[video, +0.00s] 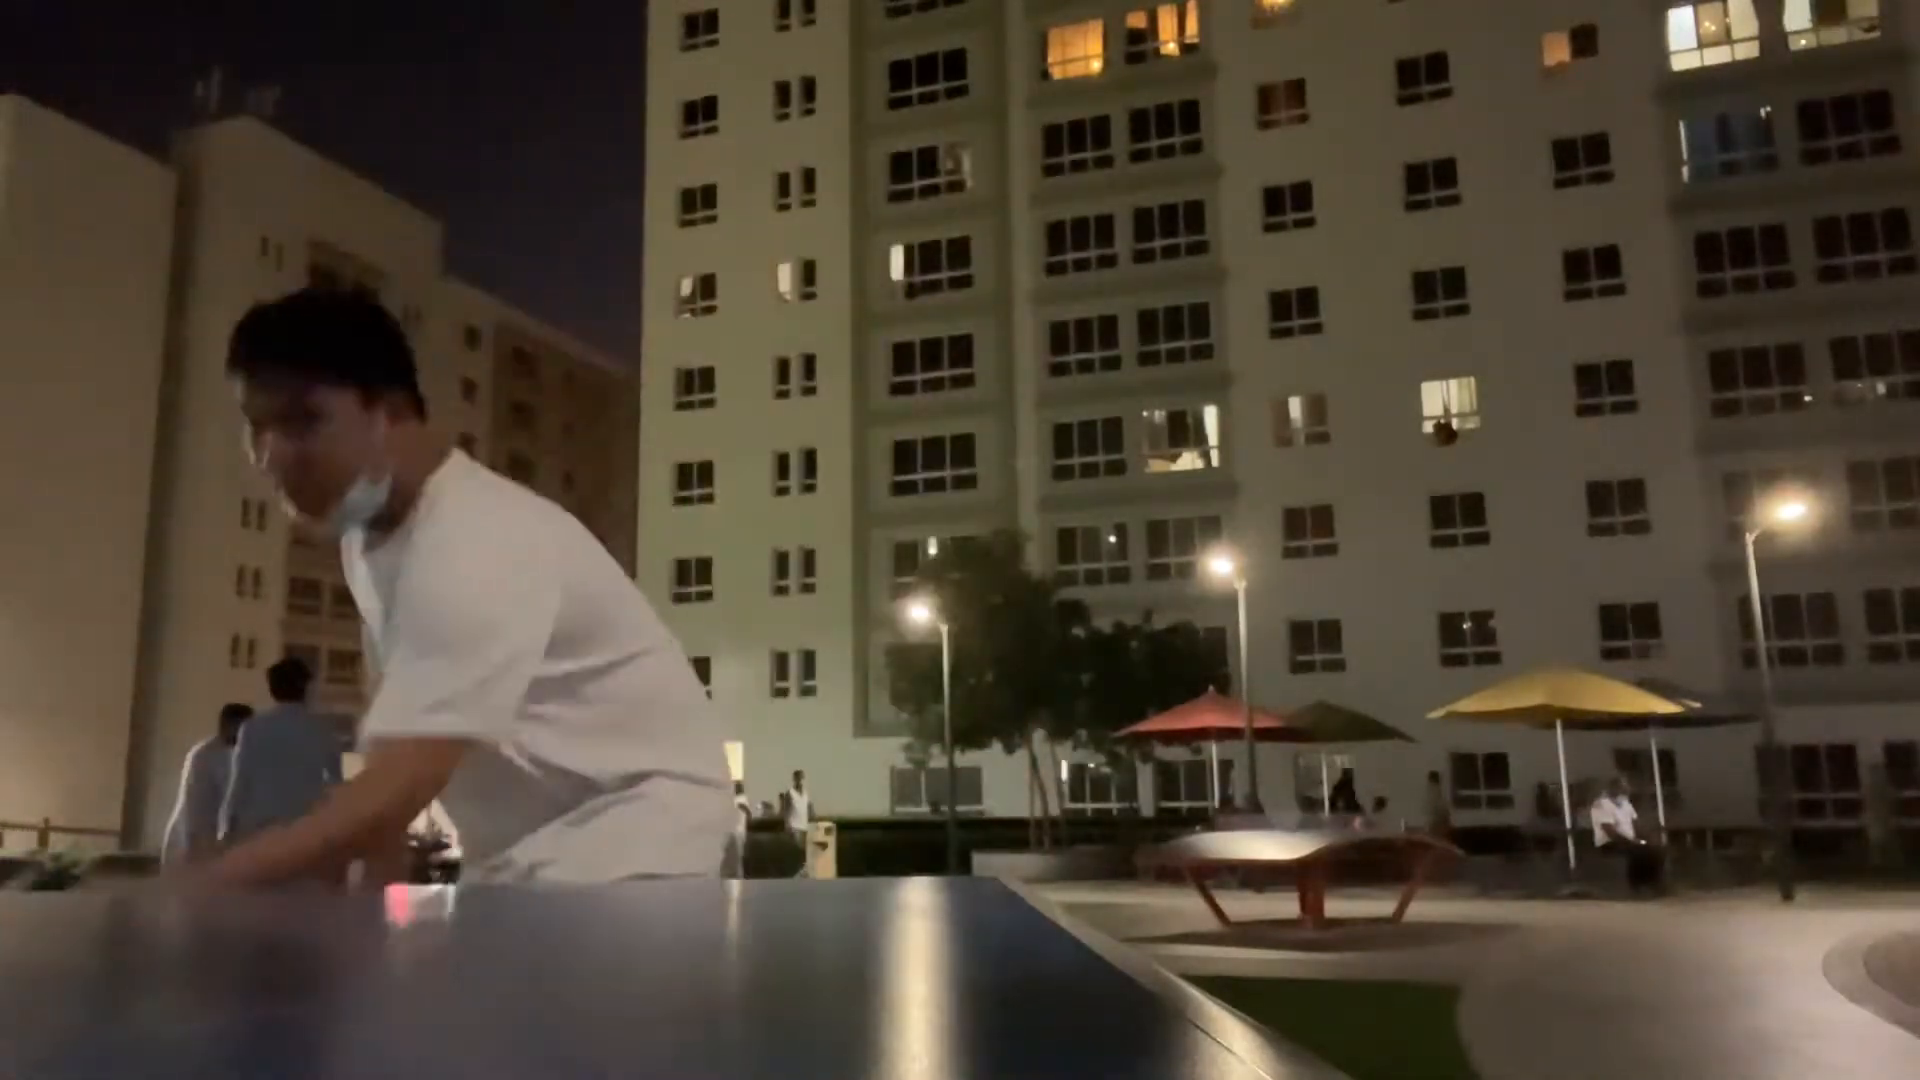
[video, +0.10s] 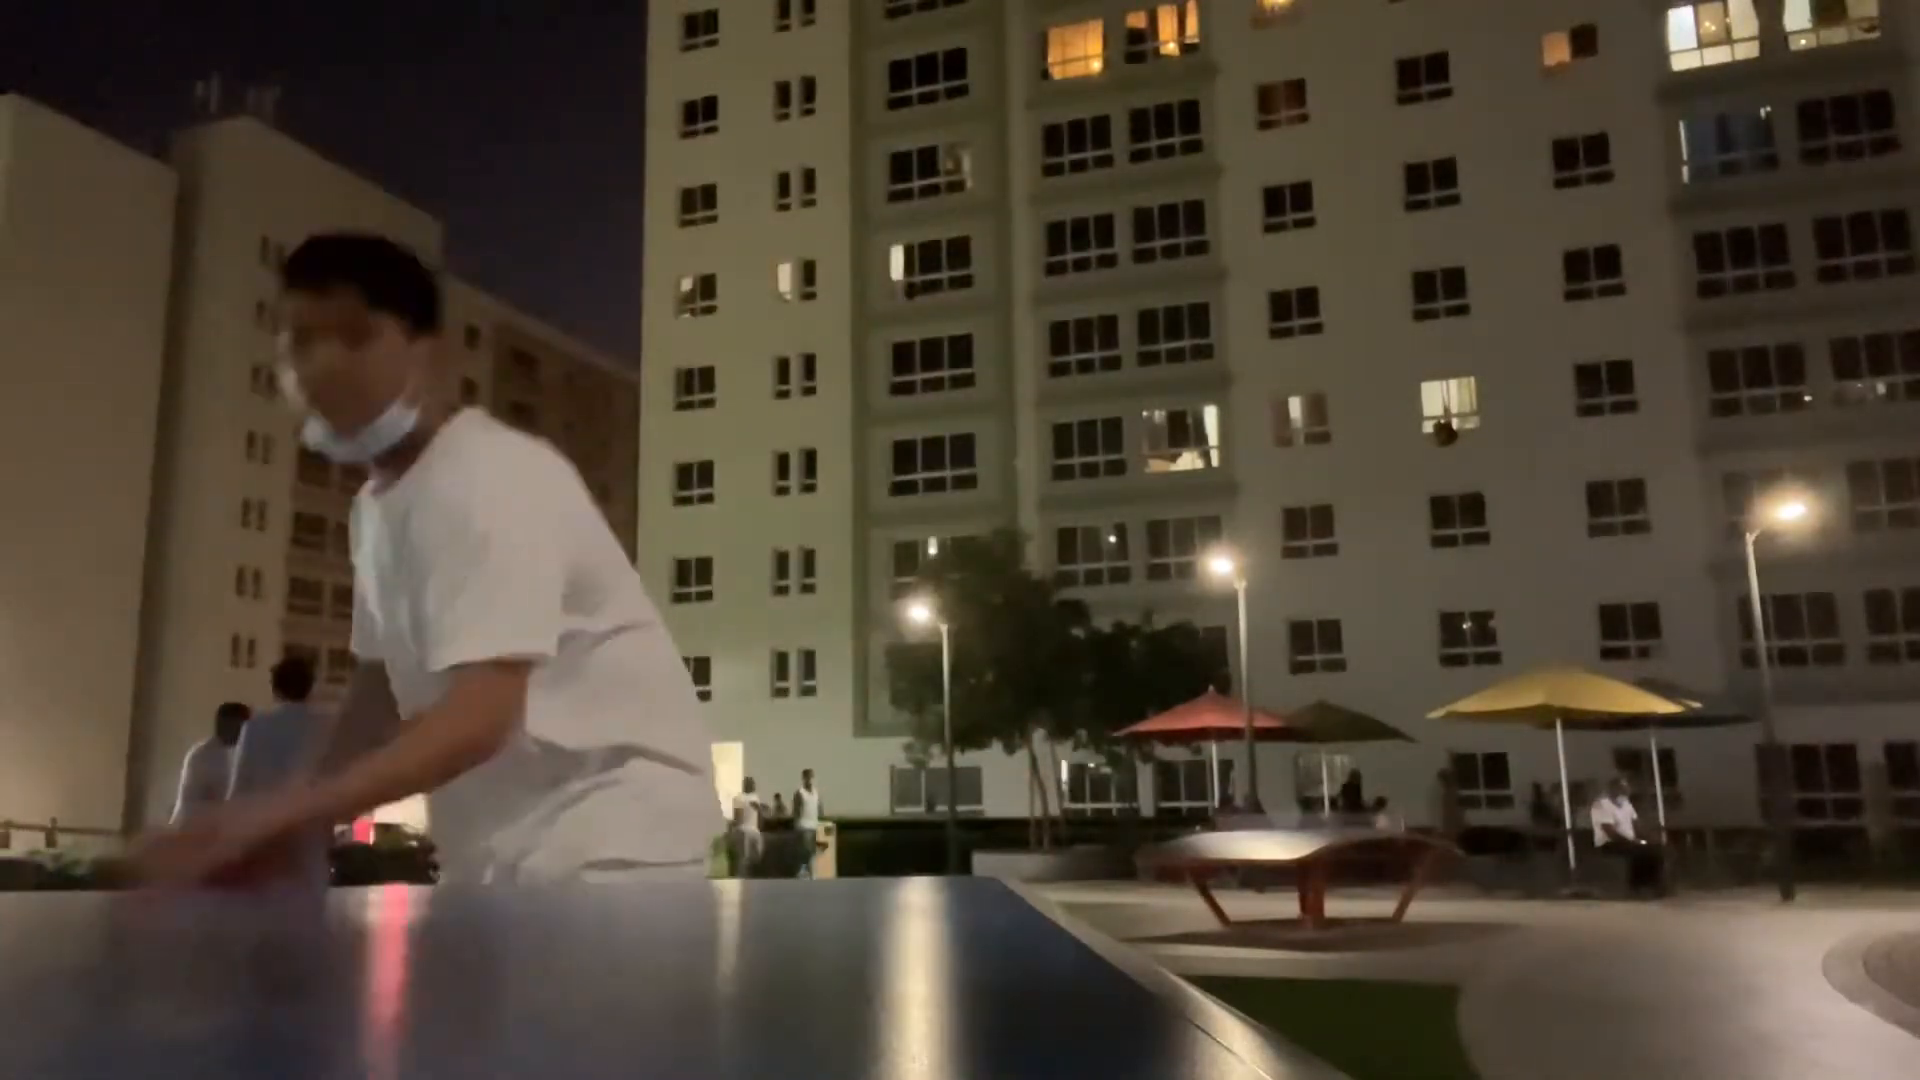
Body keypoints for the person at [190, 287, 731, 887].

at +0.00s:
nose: (272, 459)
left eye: (302, 422)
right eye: (258, 429)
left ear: (389, 413)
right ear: (245, 432)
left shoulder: (479, 539)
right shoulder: (370, 541)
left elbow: (402, 785)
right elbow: (394, 728)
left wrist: (207, 883)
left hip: (636, 835)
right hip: (516, 847)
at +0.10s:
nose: (310, 372)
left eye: (343, 338)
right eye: (298, 344)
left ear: (420, 344)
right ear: (284, 362)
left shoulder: (488, 479)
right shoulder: (377, 509)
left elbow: (479, 719)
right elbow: (380, 697)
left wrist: (268, 821)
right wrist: (290, 830)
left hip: (613, 858)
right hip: (503, 863)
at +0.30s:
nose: (423, 296)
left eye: (455, 274)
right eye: (402, 275)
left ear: (516, 304)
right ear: (379, 302)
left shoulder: (578, 438)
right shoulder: (422, 475)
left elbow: (544, 625)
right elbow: (406, 650)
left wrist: (394, 758)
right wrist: (320, 738)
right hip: (498, 848)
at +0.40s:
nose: (441, 284)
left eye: (473, 258)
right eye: (420, 260)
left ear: (543, 294)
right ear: (398, 288)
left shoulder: (602, 434)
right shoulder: (449, 463)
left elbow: (537, 636)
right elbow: (424, 640)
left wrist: (384, 797)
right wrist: (334, 707)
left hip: (652, 827)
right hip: (519, 843)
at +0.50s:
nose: (419, 274)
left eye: (450, 241)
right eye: (409, 252)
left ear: (541, 268)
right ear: (404, 280)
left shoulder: (589, 406)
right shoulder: (477, 447)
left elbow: (470, 615)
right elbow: (420, 623)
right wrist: (261, 625)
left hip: (626, 851)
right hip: (504, 857)